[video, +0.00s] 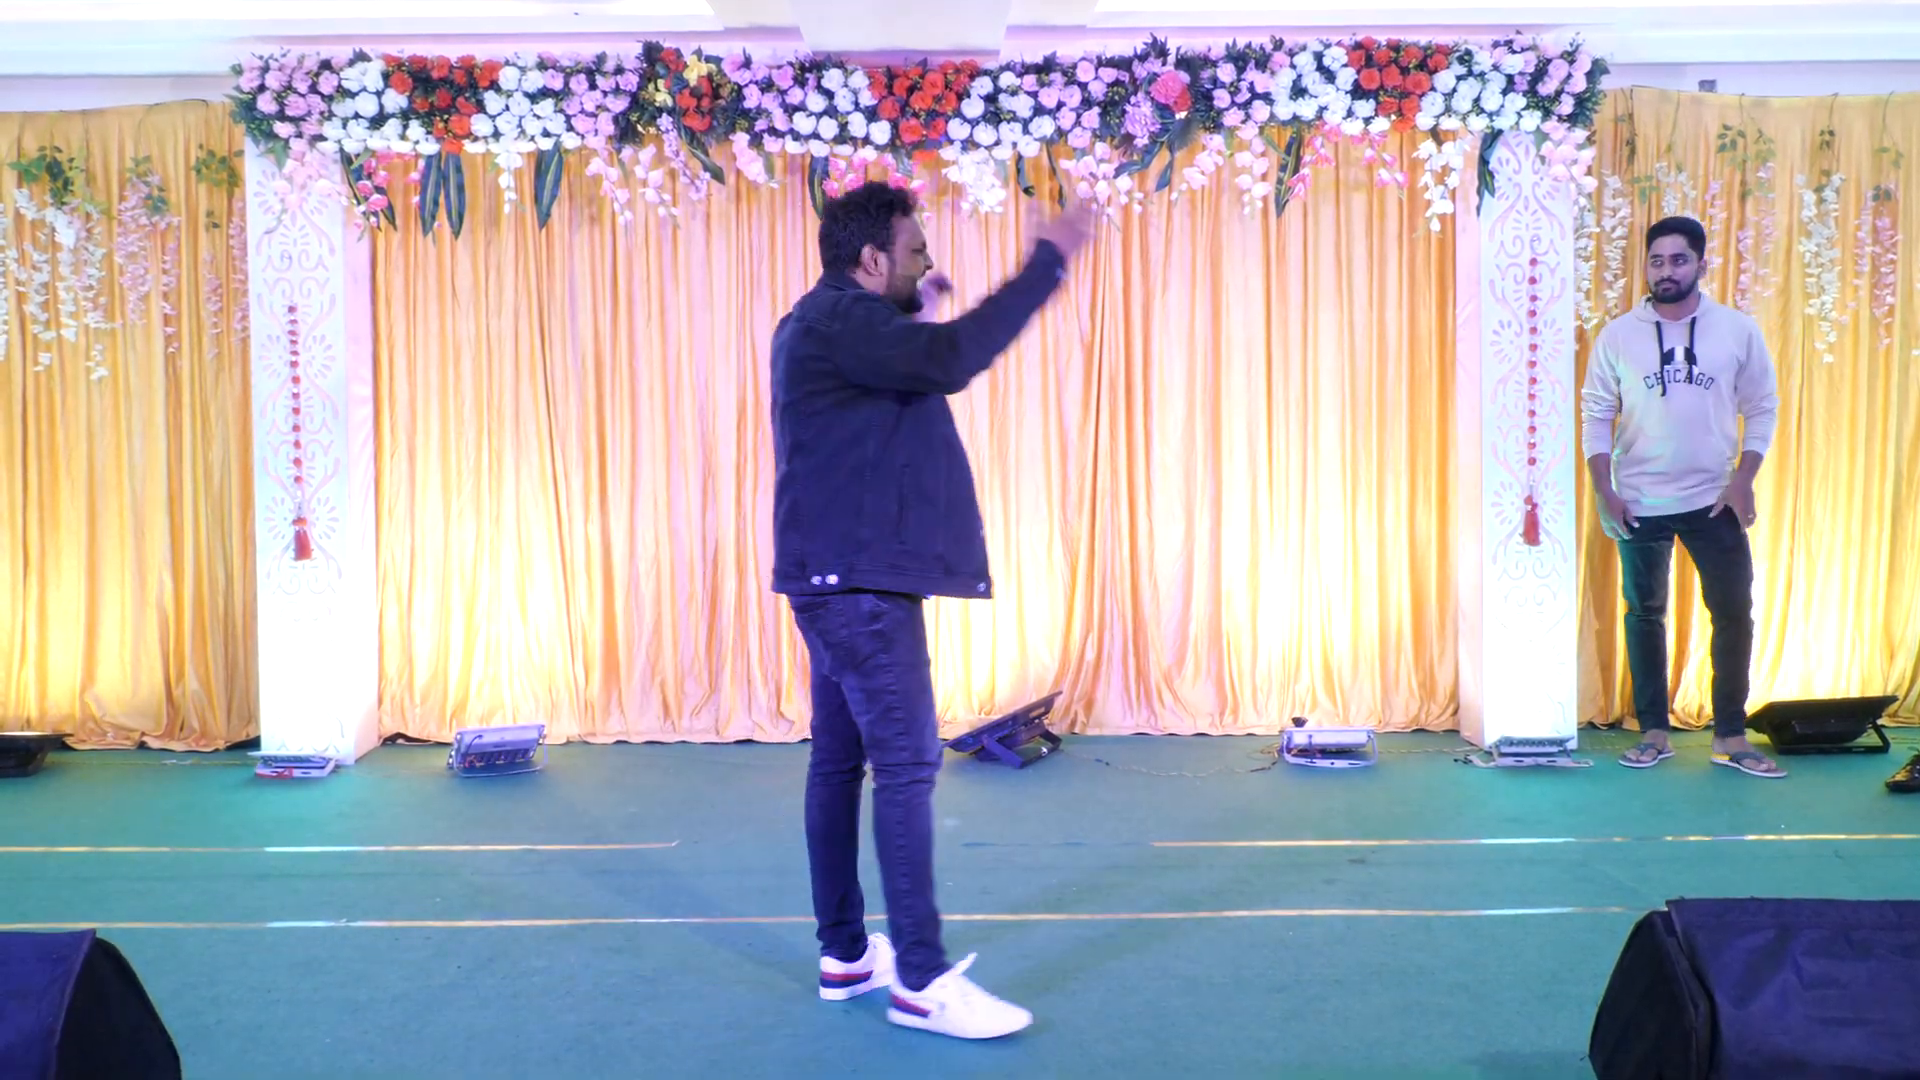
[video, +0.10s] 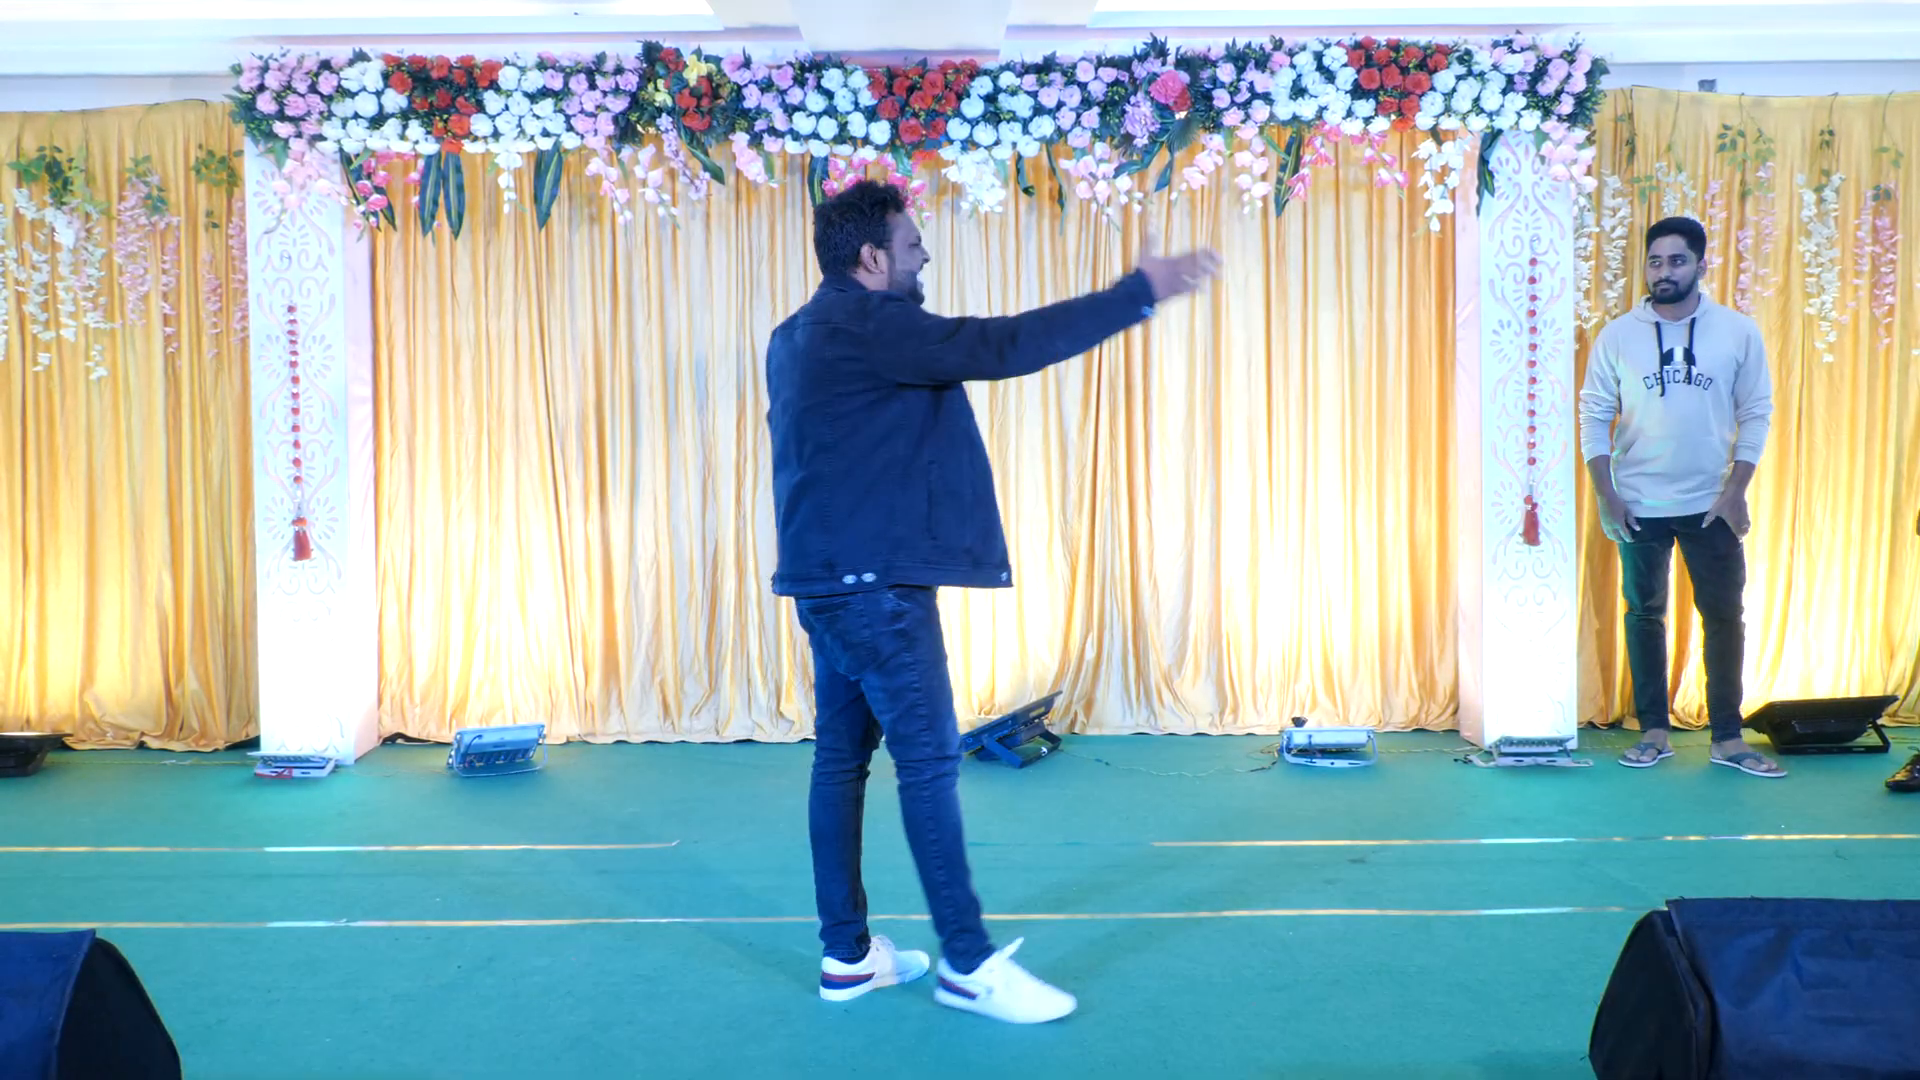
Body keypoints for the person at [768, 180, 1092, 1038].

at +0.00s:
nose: (925, 266)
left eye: (922, 249)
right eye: (914, 250)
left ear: (852, 258)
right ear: (868, 257)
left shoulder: (811, 321)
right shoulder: (843, 318)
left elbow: (853, 407)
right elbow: (944, 359)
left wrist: (914, 316)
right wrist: (1049, 261)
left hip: (827, 580)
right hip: (862, 582)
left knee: (837, 761)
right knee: (906, 762)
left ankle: (843, 954)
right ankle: (922, 977)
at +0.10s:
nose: (924, 261)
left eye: (920, 244)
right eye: (912, 246)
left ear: (850, 259)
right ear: (867, 256)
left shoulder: (796, 335)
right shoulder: (872, 327)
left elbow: (810, 462)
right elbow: (1010, 342)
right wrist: (1140, 290)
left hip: (822, 580)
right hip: (877, 581)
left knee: (840, 759)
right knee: (929, 761)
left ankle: (845, 954)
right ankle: (968, 960)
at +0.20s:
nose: (929, 256)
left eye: (923, 240)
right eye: (917, 242)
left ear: (853, 260)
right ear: (879, 257)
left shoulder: (792, 340)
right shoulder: (909, 323)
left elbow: (767, 447)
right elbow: (1041, 339)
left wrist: (861, 461)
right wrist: (1179, 317)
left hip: (822, 586)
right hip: (894, 580)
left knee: (841, 758)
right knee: (949, 760)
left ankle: (846, 953)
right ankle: (1004, 944)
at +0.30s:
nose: (940, 262)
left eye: (937, 246)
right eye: (932, 248)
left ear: (858, 261)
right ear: (898, 256)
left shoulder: (796, 346)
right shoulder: (931, 324)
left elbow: (757, 465)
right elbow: (1065, 365)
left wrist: (811, 537)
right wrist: (1212, 348)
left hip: (831, 591)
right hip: (917, 585)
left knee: (847, 757)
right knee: (971, 753)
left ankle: (847, 953)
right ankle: (1029, 927)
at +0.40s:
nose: (957, 262)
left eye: (951, 248)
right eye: (950, 249)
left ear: (872, 265)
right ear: (927, 256)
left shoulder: (808, 349)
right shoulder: (958, 337)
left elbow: (761, 472)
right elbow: (1064, 423)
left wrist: (765, 580)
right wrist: (1196, 424)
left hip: (850, 599)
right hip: (946, 598)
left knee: (854, 760)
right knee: (993, 753)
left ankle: (847, 952)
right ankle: (1047, 918)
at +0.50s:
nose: (975, 264)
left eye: (967, 251)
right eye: (972, 252)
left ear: (896, 266)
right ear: (960, 260)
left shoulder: (832, 349)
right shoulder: (987, 347)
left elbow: (781, 470)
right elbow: (1032, 474)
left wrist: (748, 576)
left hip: (867, 597)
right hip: (971, 598)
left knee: (866, 753)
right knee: (1015, 748)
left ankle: (850, 949)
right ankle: (1059, 919)